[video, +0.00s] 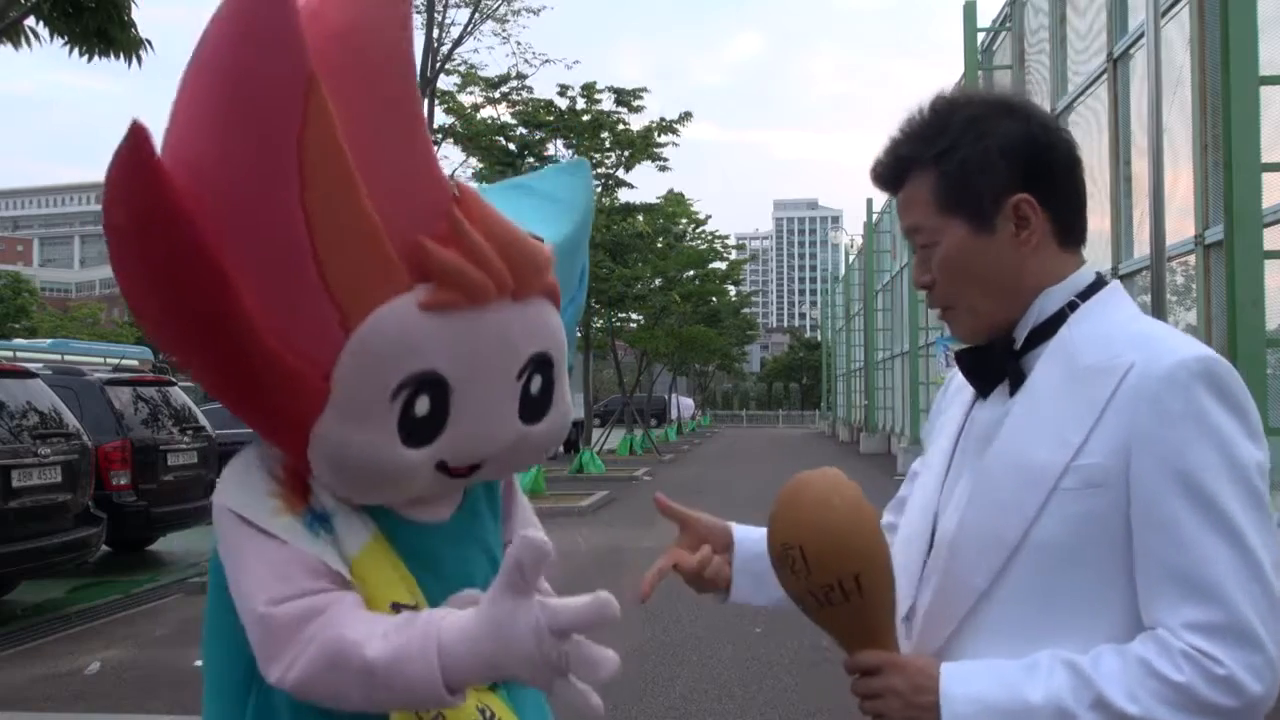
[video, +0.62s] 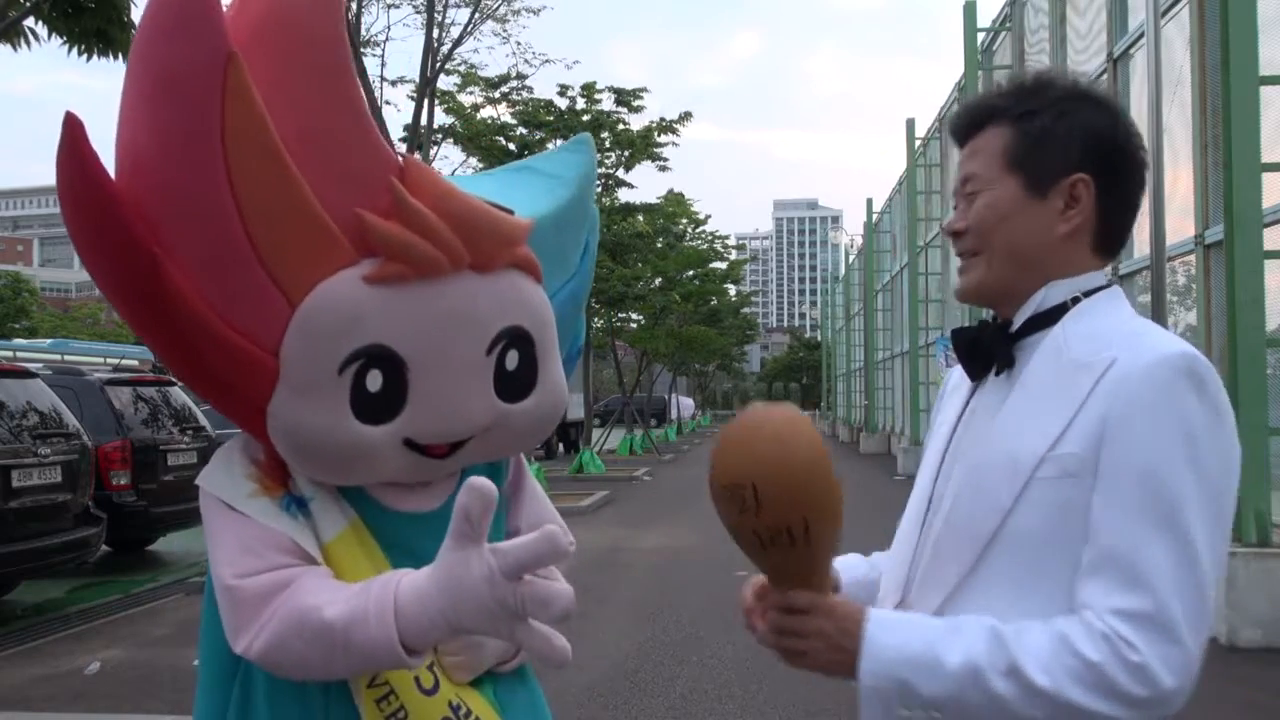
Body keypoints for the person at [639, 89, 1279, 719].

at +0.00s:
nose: (917, 278)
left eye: (927, 243)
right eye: (912, 250)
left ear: (1020, 222)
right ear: (1009, 226)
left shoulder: (1170, 382)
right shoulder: (976, 382)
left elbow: (1228, 668)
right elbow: (912, 565)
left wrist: (956, 692)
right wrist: (749, 559)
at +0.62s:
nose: (948, 226)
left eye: (970, 194)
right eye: (955, 201)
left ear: (1070, 202)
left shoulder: (1154, 375)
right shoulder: (974, 371)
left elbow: (1142, 662)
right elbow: (931, 567)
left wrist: (870, 645)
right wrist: (820, 585)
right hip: (897, 707)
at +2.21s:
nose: (871, 228)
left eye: (887, 191)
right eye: (879, 195)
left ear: (974, 199)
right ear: (970, 202)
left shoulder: (1092, 373)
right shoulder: (947, 365)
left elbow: (1125, 680)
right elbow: (940, 582)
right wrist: (834, 631)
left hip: (1011, 707)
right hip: (915, 706)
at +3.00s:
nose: (935, 222)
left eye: (954, 186)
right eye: (943, 190)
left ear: (1042, 198)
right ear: (1035, 200)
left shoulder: (1142, 356)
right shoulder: (1011, 356)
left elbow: (1139, 668)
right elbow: (964, 551)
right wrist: (823, 574)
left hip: (1020, 705)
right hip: (931, 701)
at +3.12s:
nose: (979, 226)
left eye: (996, 190)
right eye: (985, 194)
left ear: (1090, 203)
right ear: (1085, 205)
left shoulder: (1159, 373)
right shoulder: (1074, 354)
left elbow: (1131, 691)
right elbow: (931, 458)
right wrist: (800, 379)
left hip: (1011, 708)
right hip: (934, 696)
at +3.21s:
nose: (998, 234)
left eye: (1017, 198)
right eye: (1007, 202)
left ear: (1115, 208)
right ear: (1114, 211)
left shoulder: (1158, 385)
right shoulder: (1093, 356)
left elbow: (1134, 700)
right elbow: (949, 369)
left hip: (990, 706)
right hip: (932, 699)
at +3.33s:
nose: (999, 228)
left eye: (1019, 195)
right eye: (1008, 199)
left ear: (1118, 208)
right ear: (1117, 211)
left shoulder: (1153, 390)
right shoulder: (1076, 351)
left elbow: (1143, 701)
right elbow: (988, 288)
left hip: (986, 704)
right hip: (930, 696)